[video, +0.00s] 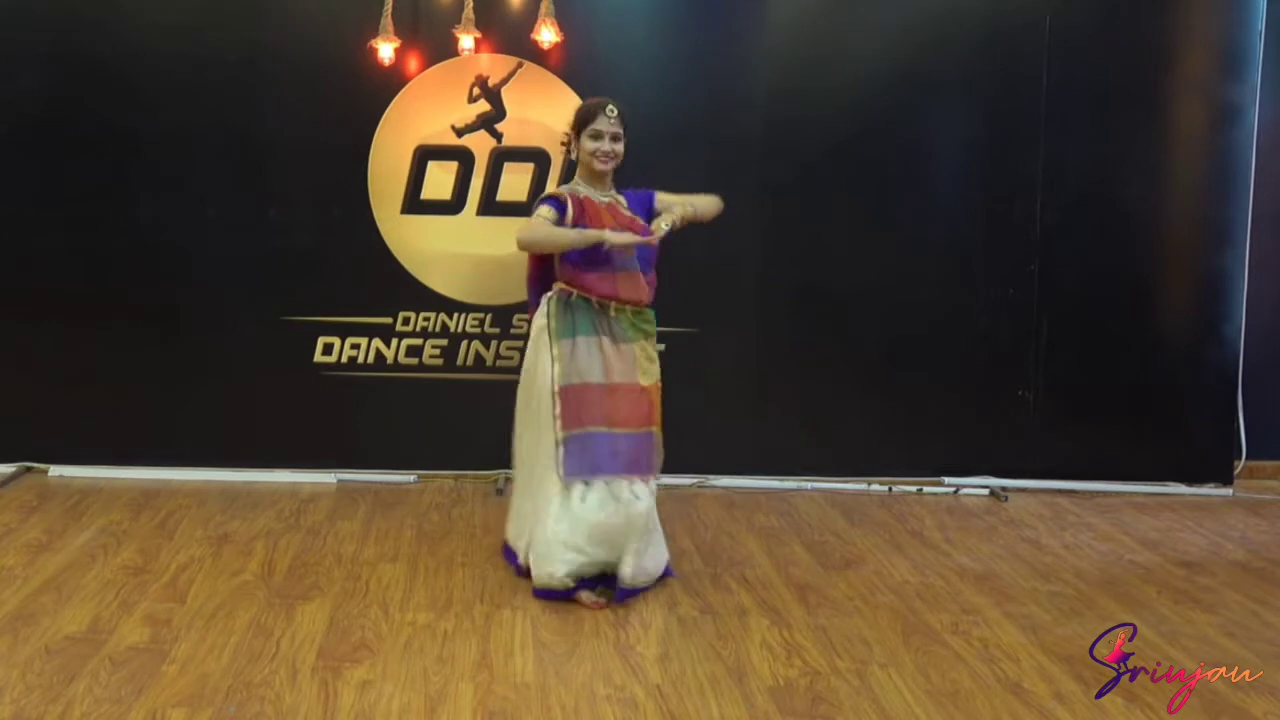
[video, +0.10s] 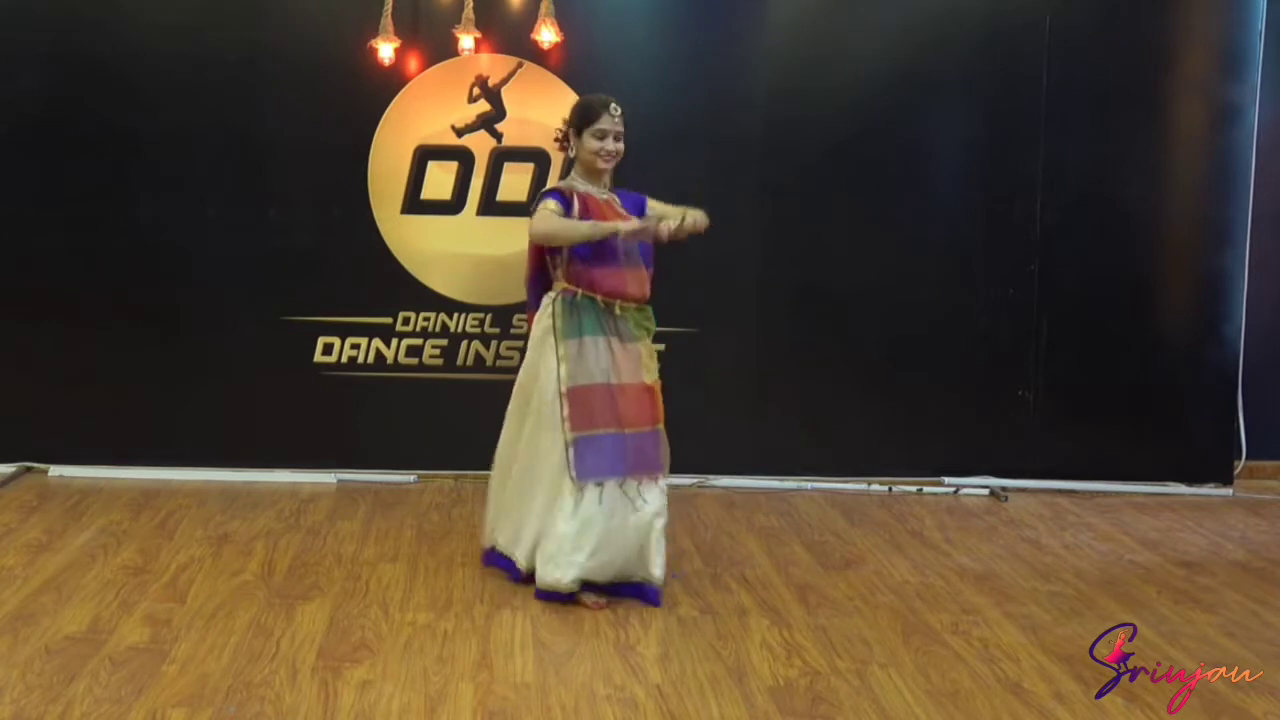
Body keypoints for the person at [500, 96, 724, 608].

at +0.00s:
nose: (607, 146)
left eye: (615, 138)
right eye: (596, 137)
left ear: (624, 145)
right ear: (576, 142)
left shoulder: (638, 201)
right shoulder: (563, 201)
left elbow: (714, 204)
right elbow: (528, 236)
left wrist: (680, 211)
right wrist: (601, 235)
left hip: (629, 339)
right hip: (571, 338)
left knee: (627, 445)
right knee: (575, 447)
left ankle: (618, 561)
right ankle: (569, 566)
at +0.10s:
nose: (611, 146)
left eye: (618, 138)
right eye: (600, 136)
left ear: (624, 145)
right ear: (573, 140)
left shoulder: (631, 203)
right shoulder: (559, 197)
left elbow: (695, 217)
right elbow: (542, 229)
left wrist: (679, 222)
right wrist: (617, 227)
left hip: (624, 339)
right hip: (572, 339)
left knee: (621, 449)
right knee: (574, 451)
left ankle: (602, 567)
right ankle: (563, 570)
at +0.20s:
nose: (614, 145)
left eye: (620, 135)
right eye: (604, 135)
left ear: (625, 141)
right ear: (574, 138)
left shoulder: (630, 200)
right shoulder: (562, 194)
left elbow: (682, 234)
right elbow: (549, 235)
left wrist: (687, 228)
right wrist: (617, 224)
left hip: (626, 337)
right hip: (577, 337)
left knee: (627, 448)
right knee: (582, 449)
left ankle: (607, 566)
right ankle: (569, 570)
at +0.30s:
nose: (619, 138)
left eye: (623, 129)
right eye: (609, 129)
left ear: (623, 133)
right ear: (577, 134)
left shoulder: (629, 194)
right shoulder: (563, 192)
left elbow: (689, 238)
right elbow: (564, 246)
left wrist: (678, 201)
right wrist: (619, 202)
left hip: (626, 333)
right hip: (578, 332)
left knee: (625, 444)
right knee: (584, 445)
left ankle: (607, 562)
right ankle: (573, 568)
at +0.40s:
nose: (626, 131)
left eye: (627, 121)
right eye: (615, 123)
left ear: (624, 129)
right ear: (582, 131)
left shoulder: (635, 189)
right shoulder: (565, 188)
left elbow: (699, 221)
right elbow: (572, 238)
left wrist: (685, 170)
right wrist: (603, 174)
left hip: (628, 329)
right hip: (577, 327)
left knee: (623, 440)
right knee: (581, 441)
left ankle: (604, 560)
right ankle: (574, 565)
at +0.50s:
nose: (625, 126)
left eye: (627, 115)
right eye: (612, 119)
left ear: (632, 119)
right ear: (582, 129)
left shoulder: (645, 182)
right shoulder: (569, 182)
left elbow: (719, 204)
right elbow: (563, 228)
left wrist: (706, 166)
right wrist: (597, 176)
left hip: (634, 319)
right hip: (580, 318)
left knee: (630, 433)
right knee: (582, 433)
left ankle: (617, 558)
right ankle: (577, 558)